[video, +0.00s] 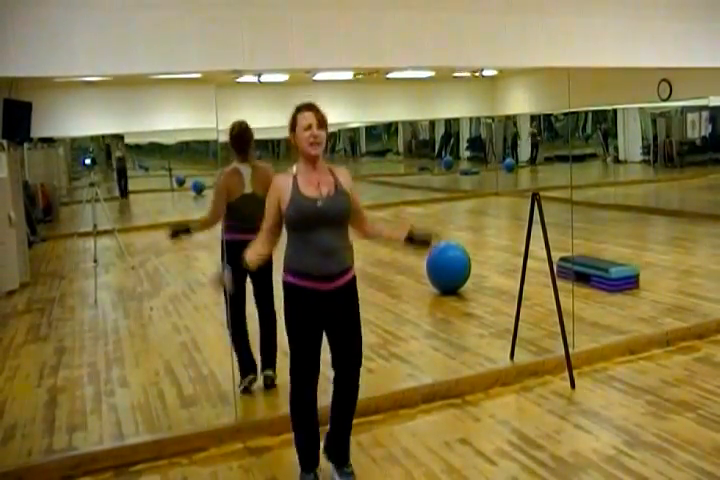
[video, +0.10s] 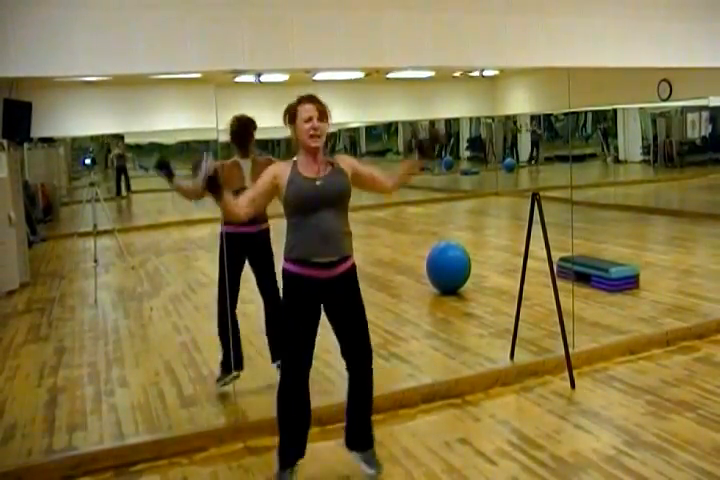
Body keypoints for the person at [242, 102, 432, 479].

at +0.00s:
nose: (315, 134)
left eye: (319, 127)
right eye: (307, 129)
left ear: (327, 133)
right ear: (293, 136)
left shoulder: (341, 176)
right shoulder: (282, 183)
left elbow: (363, 226)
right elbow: (266, 235)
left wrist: (403, 235)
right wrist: (251, 258)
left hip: (342, 286)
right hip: (300, 288)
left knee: (349, 370)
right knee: (304, 375)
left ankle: (338, 453)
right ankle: (307, 465)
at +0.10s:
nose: (315, 125)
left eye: (320, 119)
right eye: (307, 120)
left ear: (328, 125)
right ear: (293, 128)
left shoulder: (343, 165)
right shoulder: (280, 171)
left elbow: (387, 186)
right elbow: (240, 211)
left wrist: (407, 169)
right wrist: (215, 188)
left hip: (342, 275)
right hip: (299, 278)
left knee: (361, 360)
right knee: (295, 369)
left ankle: (360, 442)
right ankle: (288, 459)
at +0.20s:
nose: (314, 142)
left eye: (319, 135)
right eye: (306, 136)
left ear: (328, 139)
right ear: (293, 144)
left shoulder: (343, 173)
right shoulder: (281, 182)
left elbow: (390, 150)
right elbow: (228, 178)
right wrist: (232, 124)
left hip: (344, 290)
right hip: (300, 293)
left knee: (375, 373)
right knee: (284, 386)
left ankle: (389, 445)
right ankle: (266, 472)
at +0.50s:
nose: (315, 136)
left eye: (320, 129)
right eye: (307, 131)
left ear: (328, 136)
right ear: (294, 139)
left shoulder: (344, 168)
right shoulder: (282, 175)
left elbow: (391, 149)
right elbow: (229, 174)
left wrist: (420, 113)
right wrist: (214, 132)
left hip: (347, 287)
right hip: (303, 291)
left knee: (372, 374)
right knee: (289, 386)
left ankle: (395, 451)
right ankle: (269, 473)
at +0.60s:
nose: (314, 130)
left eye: (318, 123)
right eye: (305, 126)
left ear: (327, 128)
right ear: (293, 135)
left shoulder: (344, 168)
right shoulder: (281, 178)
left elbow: (380, 195)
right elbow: (237, 221)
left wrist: (428, 194)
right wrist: (206, 209)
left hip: (345, 280)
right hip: (303, 284)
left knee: (361, 364)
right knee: (304, 374)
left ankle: (361, 451)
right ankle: (298, 468)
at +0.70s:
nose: (317, 147)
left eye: (320, 140)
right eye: (308, 142)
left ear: (328, 146)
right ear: (295, 151)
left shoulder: (343, 190)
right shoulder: (284, 198)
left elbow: (361, 244)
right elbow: (272, 255)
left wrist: (391, 276)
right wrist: (252, 293)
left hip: (345, 300)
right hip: (305, 303)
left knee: (353, 384)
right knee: (317, 386)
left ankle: (340, 458)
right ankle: (316, 466)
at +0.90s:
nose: (314, 131)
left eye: (318, 124)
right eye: (306, 126)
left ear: (326, 128)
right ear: (293, 134)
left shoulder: (342, 171)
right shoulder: (283, 181)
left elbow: (371, 216)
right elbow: (264, 234)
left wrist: (413, 215)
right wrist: (247, 249)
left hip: (345, 280)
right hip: (303, 284)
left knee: (352, 369)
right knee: (305, 371)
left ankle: (348, 450)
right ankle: (309, 461)